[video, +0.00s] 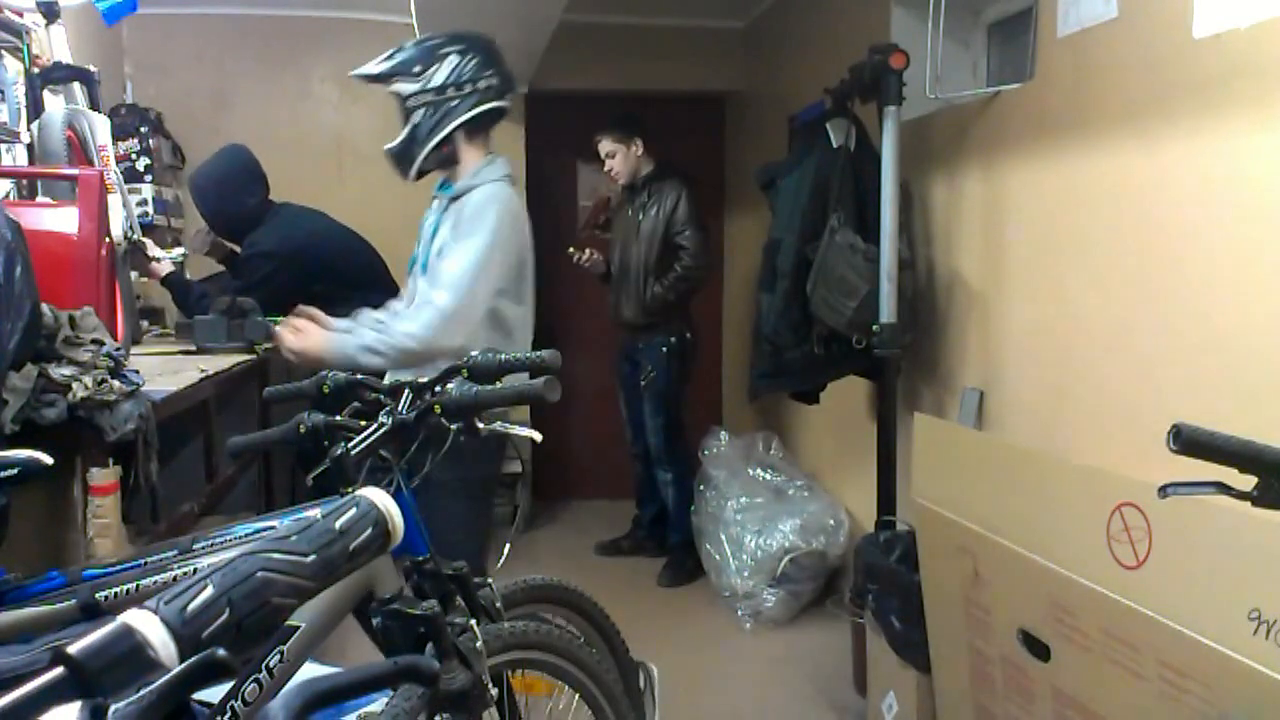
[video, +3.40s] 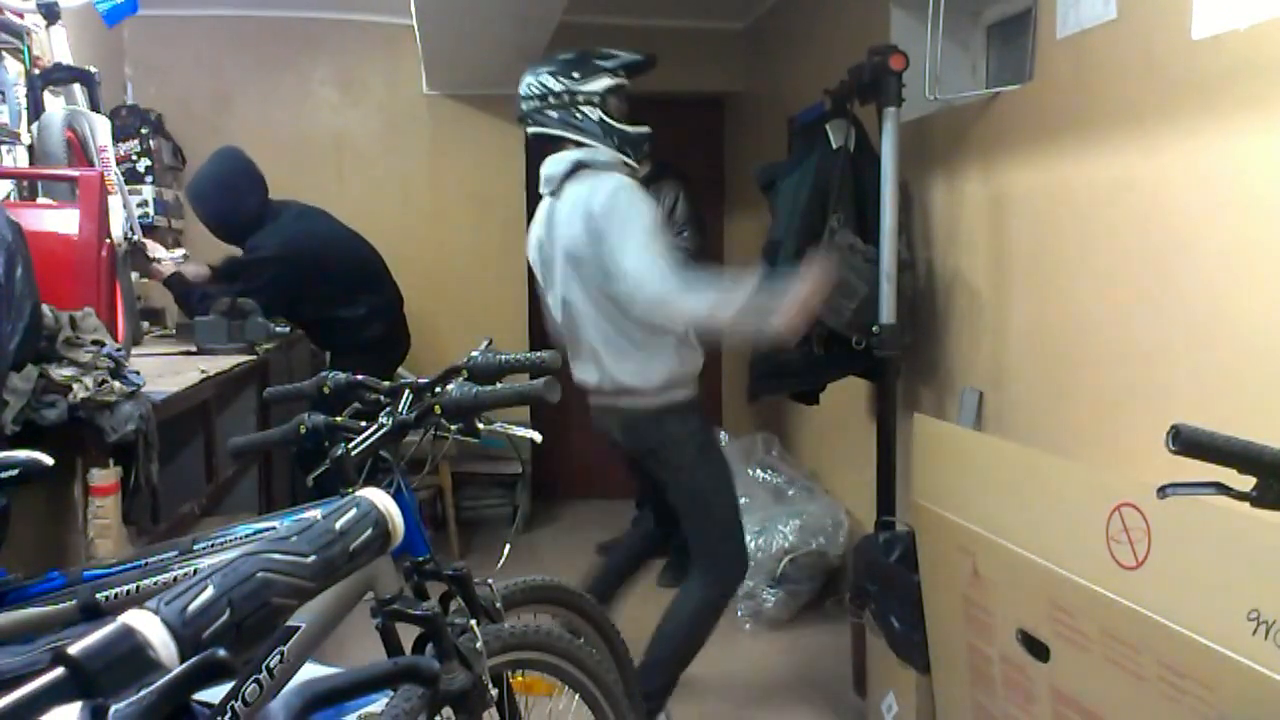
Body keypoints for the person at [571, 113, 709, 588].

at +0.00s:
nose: (607, 167)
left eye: (611, 156)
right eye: (603, 160)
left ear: (638, 148)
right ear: (613, 160)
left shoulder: (672, 192)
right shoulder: (625, 204)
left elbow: (694, 262)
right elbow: (625, 267)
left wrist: (654, 298)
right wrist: (602, 265)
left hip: (664, 335)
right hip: (632, 334)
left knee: (664, 442)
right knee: (640, 442)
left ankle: (683, 545)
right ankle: (649, 530)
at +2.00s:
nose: (607, 170)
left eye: (610, 159)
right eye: (602, 163)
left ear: (636, 149)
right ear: (610, 163)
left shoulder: (671, 193)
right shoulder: (626, 204)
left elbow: (694, 262)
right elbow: (627, 266)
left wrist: (655, 297)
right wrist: (605, 268)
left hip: (665, 334)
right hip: (632, 333)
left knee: (663, 441)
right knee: (640, 441)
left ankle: (684, 545)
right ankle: (650, 530)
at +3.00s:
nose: (605, 171)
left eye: (609, 160)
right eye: (600, 164)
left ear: (633, 151)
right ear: (605, 164)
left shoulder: (670, 194)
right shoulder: (619, 204)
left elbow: (692, 258)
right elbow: (616, 265)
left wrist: (653, 306)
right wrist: (608, 305)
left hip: (663, 330)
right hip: (624, 329)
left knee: (663, 428)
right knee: (630, 429)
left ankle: (684, 540)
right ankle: (644, 525)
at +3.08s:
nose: (592, 152)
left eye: (594, 140)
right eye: (580, 138)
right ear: (550, 140)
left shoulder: (527, 215)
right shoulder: (565, 211)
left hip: (559, 423)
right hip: (593, 426)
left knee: (592, 539)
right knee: (696, 545)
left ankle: (512, 617)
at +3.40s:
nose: (626, 106)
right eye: (616, 99)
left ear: (558, 119)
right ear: (587, 108)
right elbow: (659, 293)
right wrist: (772, 304)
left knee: (659, 521)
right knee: (722, 558)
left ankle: (577, 624)